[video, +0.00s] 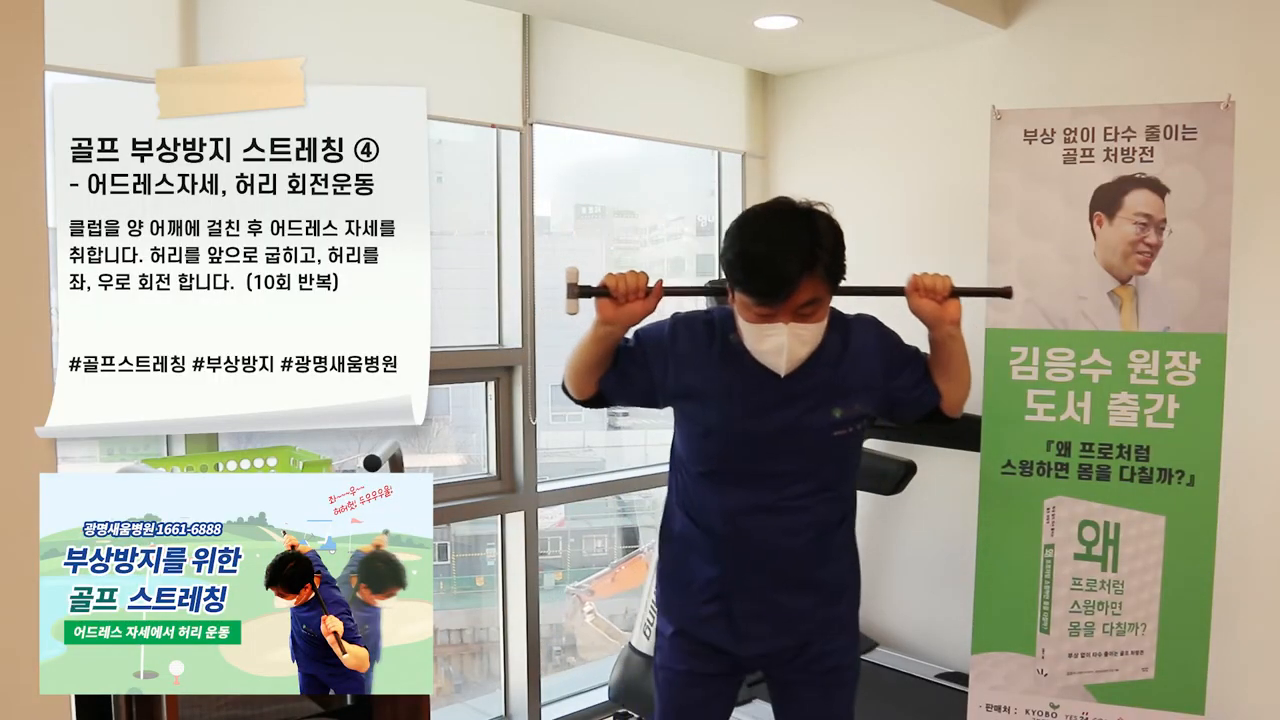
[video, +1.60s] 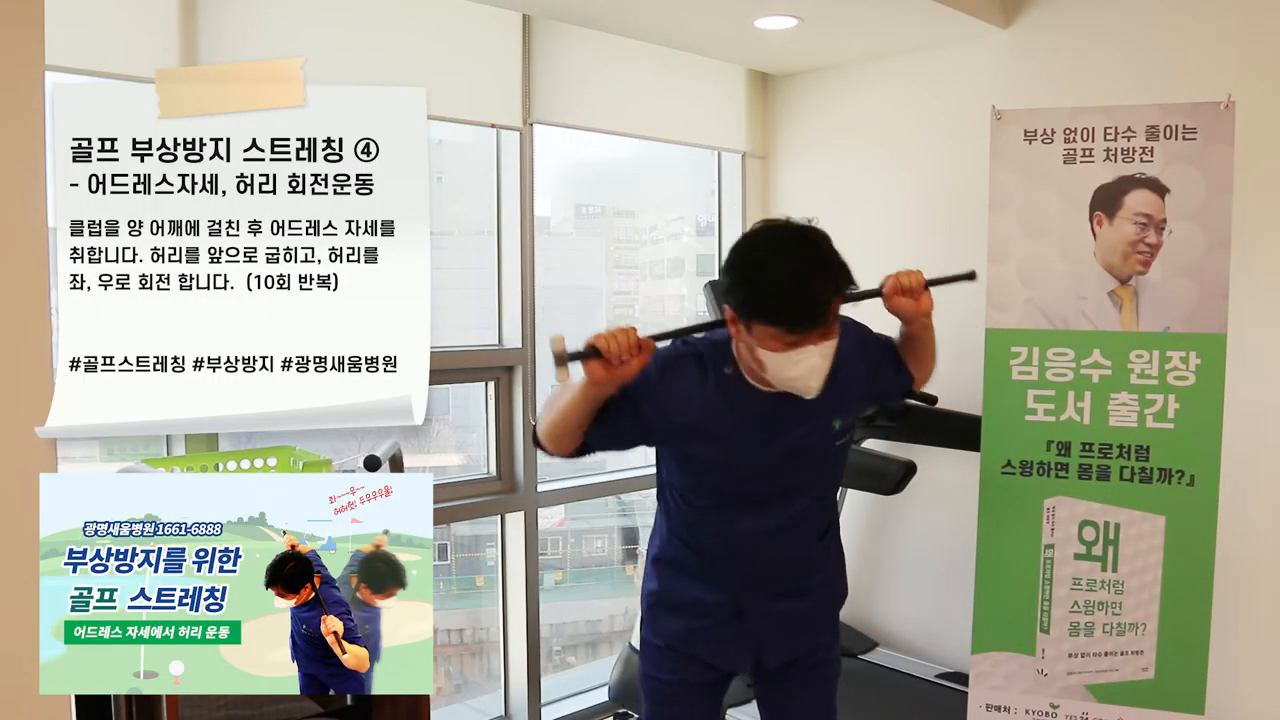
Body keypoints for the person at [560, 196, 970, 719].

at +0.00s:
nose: (784, 332)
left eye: (806, 312)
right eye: (761, 314)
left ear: (832, 290)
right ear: (730, 290)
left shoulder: (863, 349)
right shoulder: (690, 344)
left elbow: (949, 397)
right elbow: (582, 386)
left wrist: (946, 331)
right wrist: (609, 327)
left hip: (816, 619)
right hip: (699, 617)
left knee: (821, 713)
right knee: (681, 713)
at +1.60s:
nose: (800, 364)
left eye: (815, 345)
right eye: (779, 349)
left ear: (835, 315)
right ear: (733, 322)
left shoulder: (851, 355)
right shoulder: (679, 376)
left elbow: (911, 375)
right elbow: (554, 439)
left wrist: (917, 325)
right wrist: (593, 387)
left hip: (802, 621)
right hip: (687, 622)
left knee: (810, 710)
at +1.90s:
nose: (881, 361)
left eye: (883, 348)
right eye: (867, 355)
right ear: (809, 350)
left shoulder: (833, 365)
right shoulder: (723, 398)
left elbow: (891, 369)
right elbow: (606, 527)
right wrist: (684, 463)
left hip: (800, 620)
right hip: (700, 630)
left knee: (802, 713)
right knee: (682, 712)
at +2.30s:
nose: (935, 366)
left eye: (937, 356)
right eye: (934, 357)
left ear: (849, 316)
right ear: (901, 369)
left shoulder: (779, 330)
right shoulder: (803, 443)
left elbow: (726, 304)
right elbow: (787, 603)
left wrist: (785, 273)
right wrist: (863, 509)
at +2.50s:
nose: (942, 368)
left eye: (946, 358)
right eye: (944, 359)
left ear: (859, 315)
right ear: (918, 370)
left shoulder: (779, 333)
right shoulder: (826, 446)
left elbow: (712, 309)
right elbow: (819, 608)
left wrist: (775, 274)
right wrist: (896, 513)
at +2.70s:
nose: (944, 376)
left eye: (950, 364)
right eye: (948, 365)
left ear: (863, 318)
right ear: (922, 376)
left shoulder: (782, 336)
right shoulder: (833, 451)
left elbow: (711, 313)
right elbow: (816, 615)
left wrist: (776, 277)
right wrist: (900, 519)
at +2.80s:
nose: (944, 375)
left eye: (949, 364)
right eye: (946, 365)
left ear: (862, 319)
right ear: (919, 375)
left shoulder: (784, 336)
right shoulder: (826, 448)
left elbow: (718, 311)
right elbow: (818, 608)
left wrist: (780, 278)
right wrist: (895, 515)